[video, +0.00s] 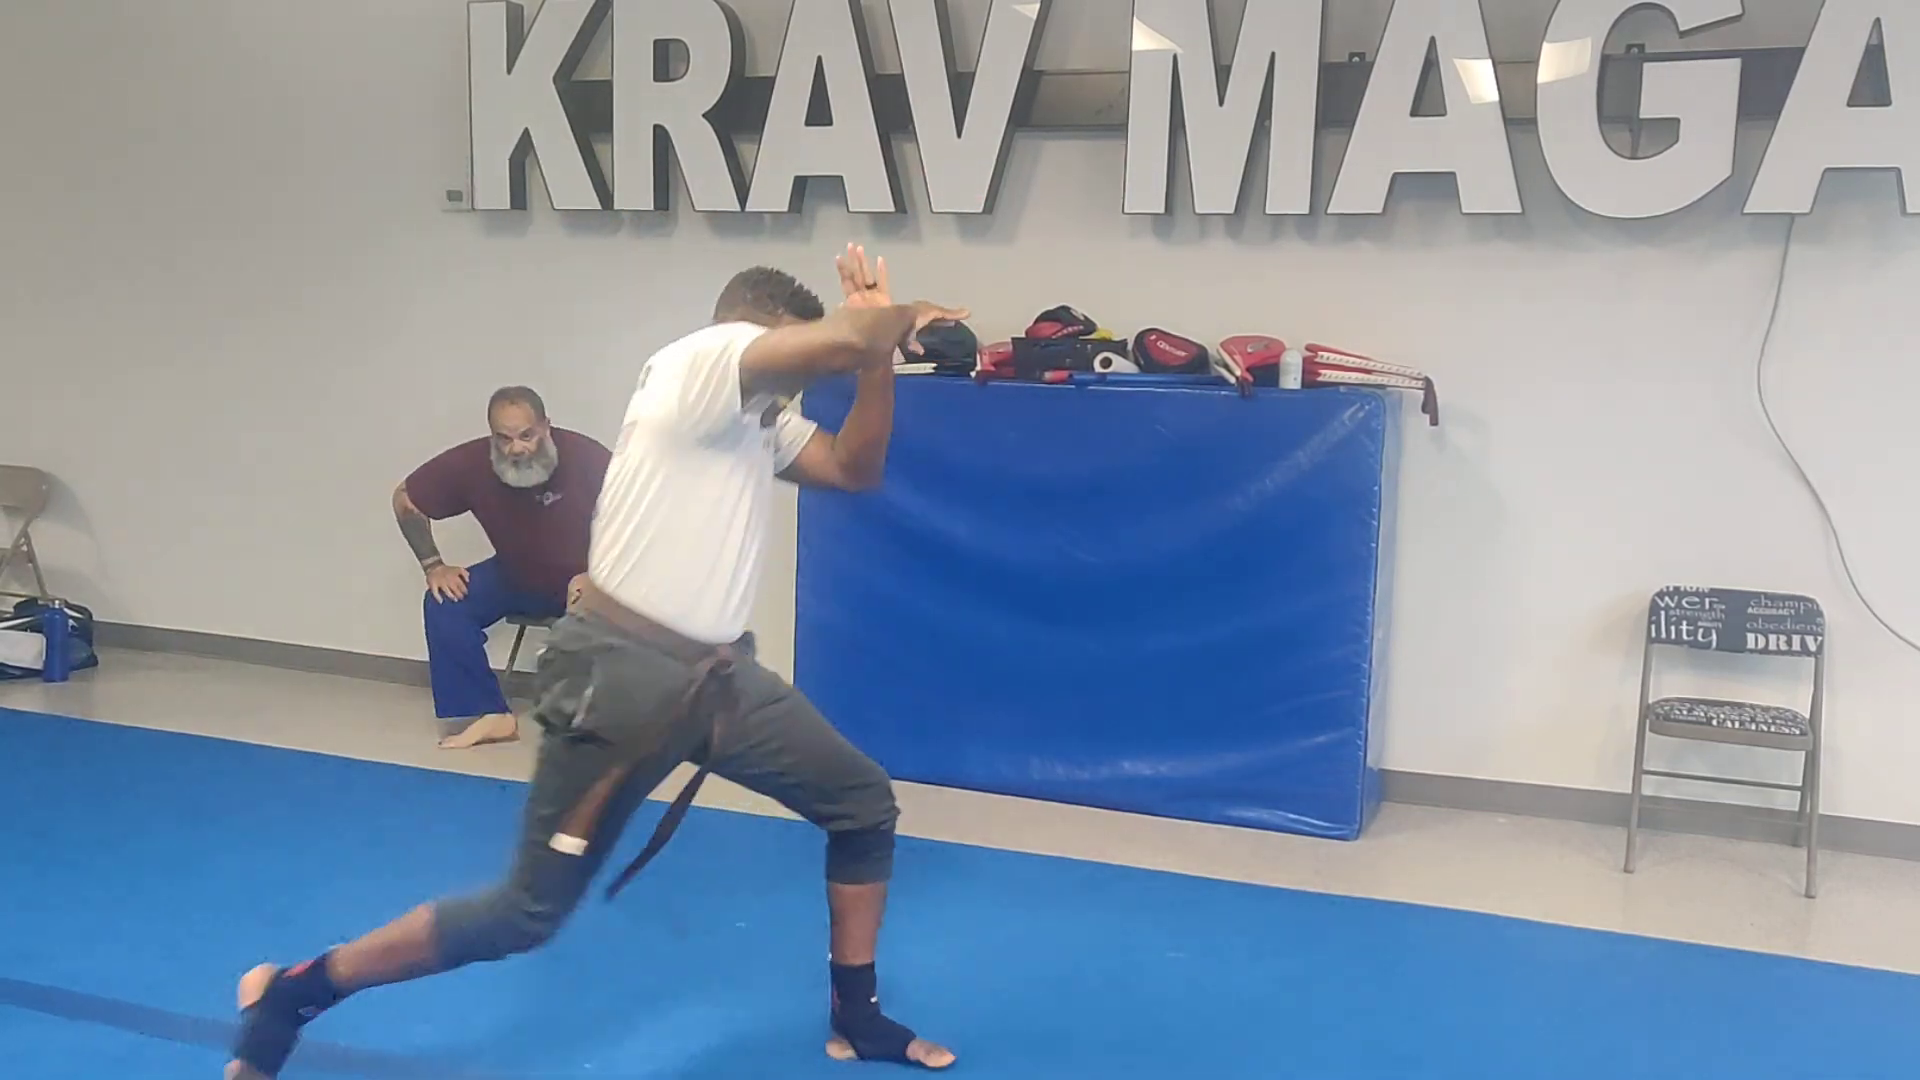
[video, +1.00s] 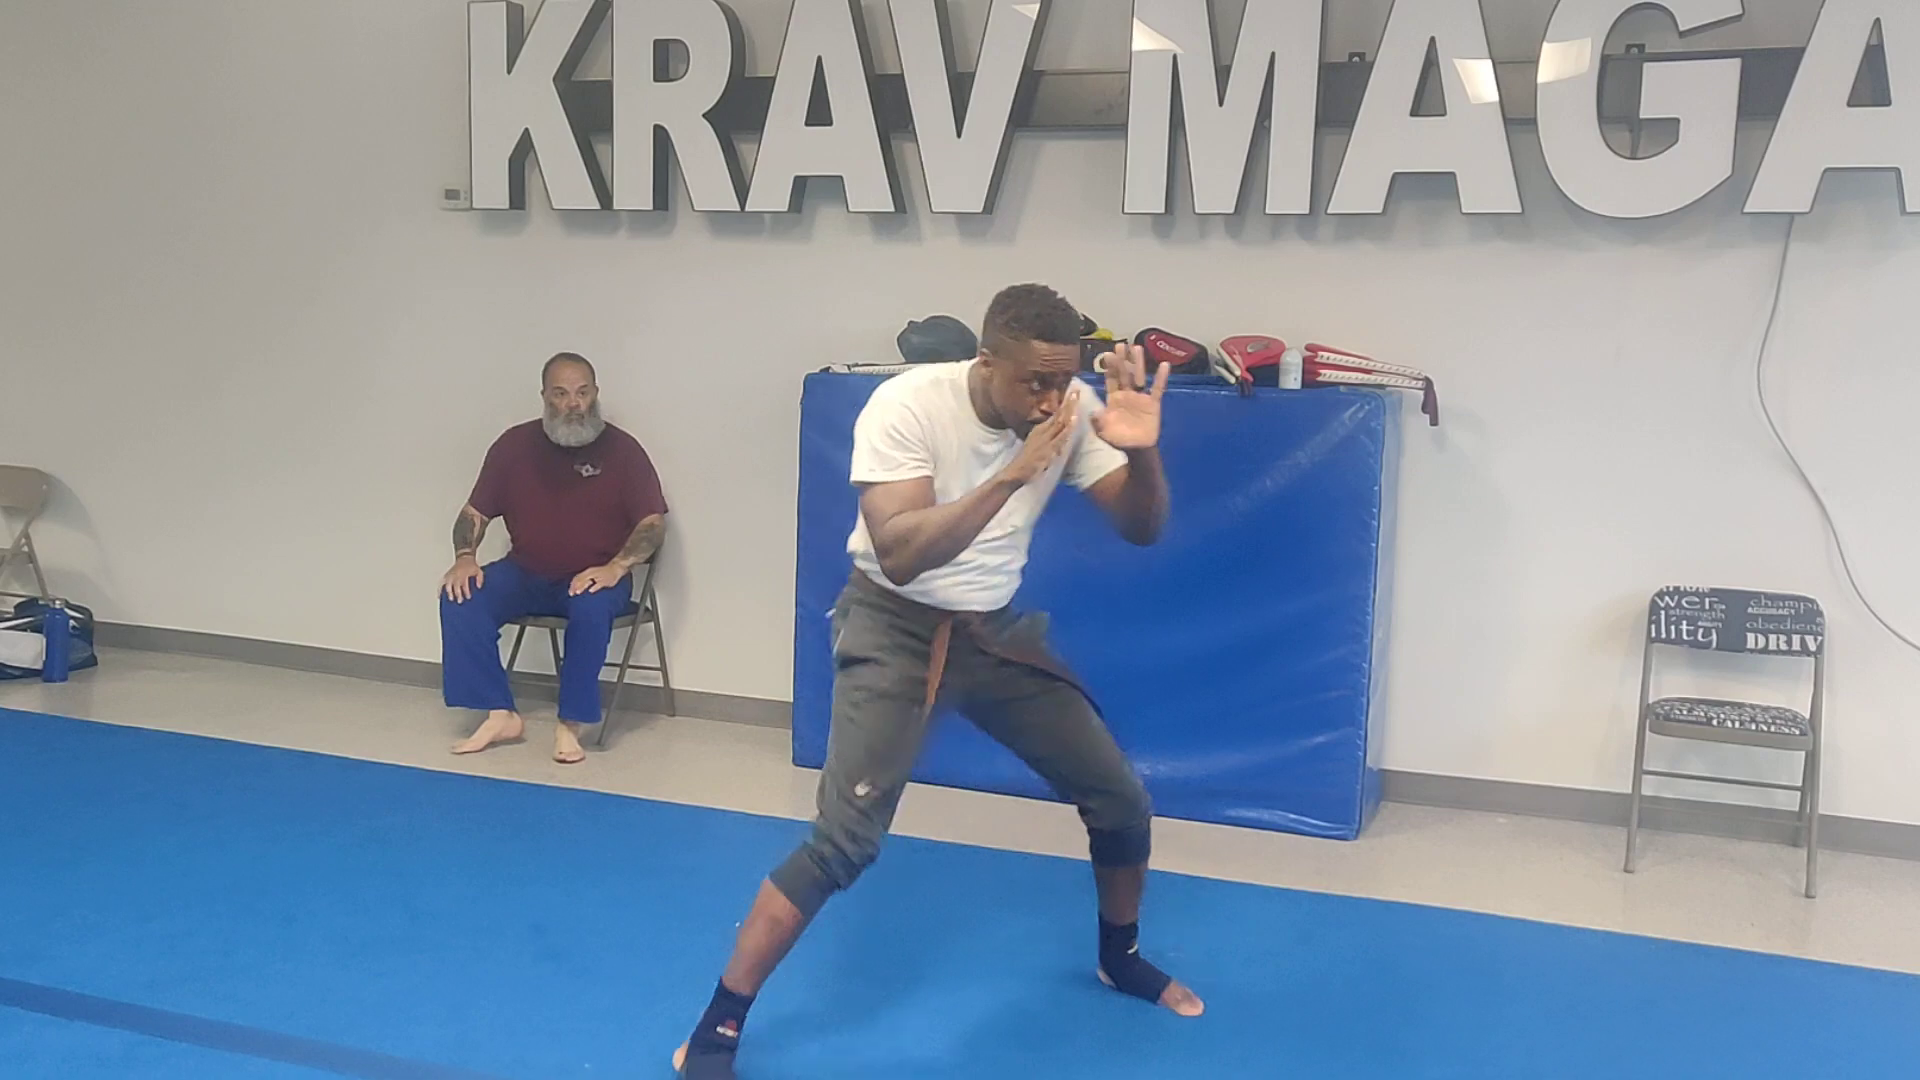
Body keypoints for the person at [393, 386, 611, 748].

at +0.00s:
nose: (517, 448)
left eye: (526, 436)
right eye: (505, 439)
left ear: (546, 427)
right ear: (491, 436)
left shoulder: (587, 459)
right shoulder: (470, 464)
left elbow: (636, 516)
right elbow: (405, 499)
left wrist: (600, 576)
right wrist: (433, 565)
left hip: (585, 582)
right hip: (515, 579)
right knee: (446, 600)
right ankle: (493, 714)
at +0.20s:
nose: (549, 408)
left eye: (560, 397)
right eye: (539, 397)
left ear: (580, 398)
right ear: (527, 400)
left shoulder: (613, 446)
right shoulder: (501, 447)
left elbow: (654, 518)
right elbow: (450, 501)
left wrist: (614, 571)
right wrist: (452, 556)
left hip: (595, 577)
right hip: (525, 574)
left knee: (595, 609)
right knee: (452, 594)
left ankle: (570, 727)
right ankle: (493, 712)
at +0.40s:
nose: (579, 394)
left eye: (590, 385)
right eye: (568, 384)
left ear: (605, 392)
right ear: (554, 391)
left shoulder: (629, 446)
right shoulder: (525, 442)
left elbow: (642, 520)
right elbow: (499, 513)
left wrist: (607, 563)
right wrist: (478, 550)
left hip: (598, 574)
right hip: (529, 572)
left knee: (590, 605)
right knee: (456, 589)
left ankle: (571, 724)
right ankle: (492, 709)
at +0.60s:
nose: (588, 394)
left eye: (599, 385)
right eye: (577, 385)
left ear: (611, 393)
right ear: (563, 391)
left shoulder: (634, 450)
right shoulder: (529, 442)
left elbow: (648, 519)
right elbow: (496, 511)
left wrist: (612, 557)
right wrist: (483, 546)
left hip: (596, 575)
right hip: (529, 573)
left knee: (585, 601)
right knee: (465, 586)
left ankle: (569, 725)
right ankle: (503, 710)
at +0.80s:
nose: (585, 394)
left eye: (594, 385)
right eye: (573, 385)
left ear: (606, 391)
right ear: (557, 391)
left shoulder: (631, 449)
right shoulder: (525, 442)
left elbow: (649, 520)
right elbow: (491, 512)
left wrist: (616, 560)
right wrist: (477, 548)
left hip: (595, 574)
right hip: (530, 573)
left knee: (590, 605)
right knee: (465, 591)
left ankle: (569, 725)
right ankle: (503, 710)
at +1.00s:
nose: (573, 403)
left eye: (582, 392)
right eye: (561, 393)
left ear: (595, 394)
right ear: (544, 396)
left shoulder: (622, 449)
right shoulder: (515, 444)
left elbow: (652, 522)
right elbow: (474, 513)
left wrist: (616, 567)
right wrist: (464, 556)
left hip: (596, 575)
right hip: (527, 574)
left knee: (590, 608)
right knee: (460, 595)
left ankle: (568, 725)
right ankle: (500, 714)